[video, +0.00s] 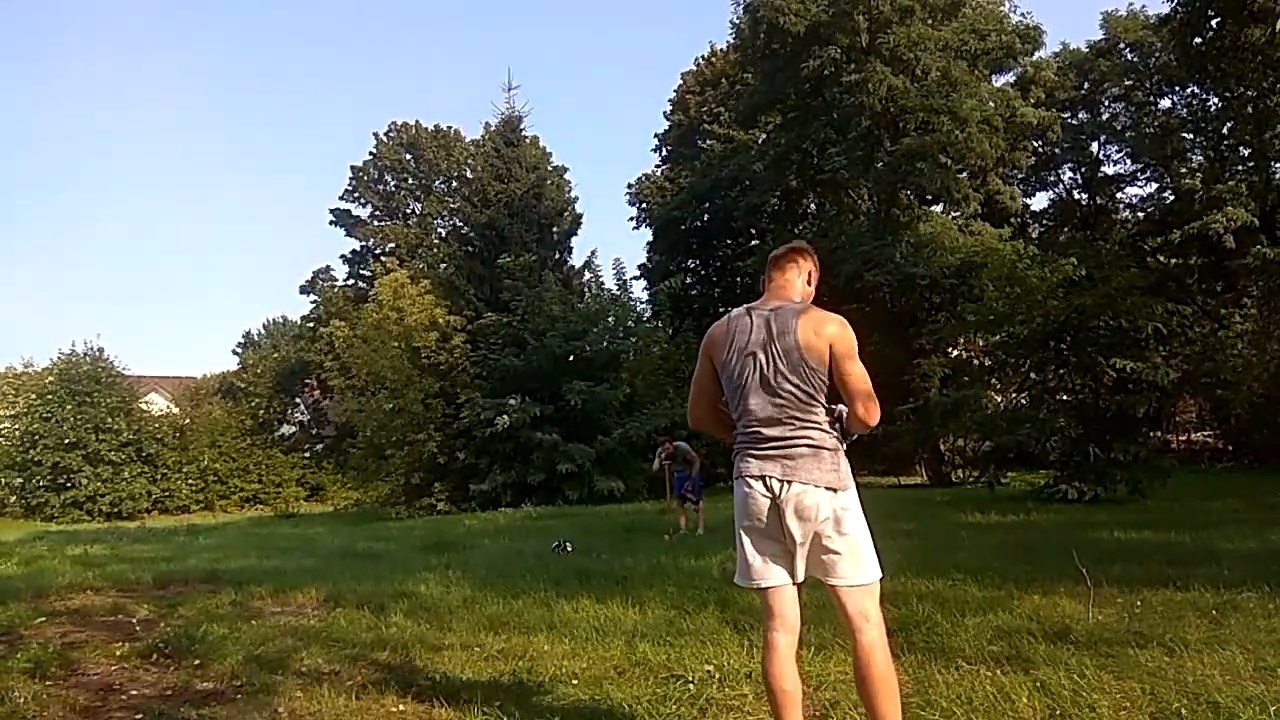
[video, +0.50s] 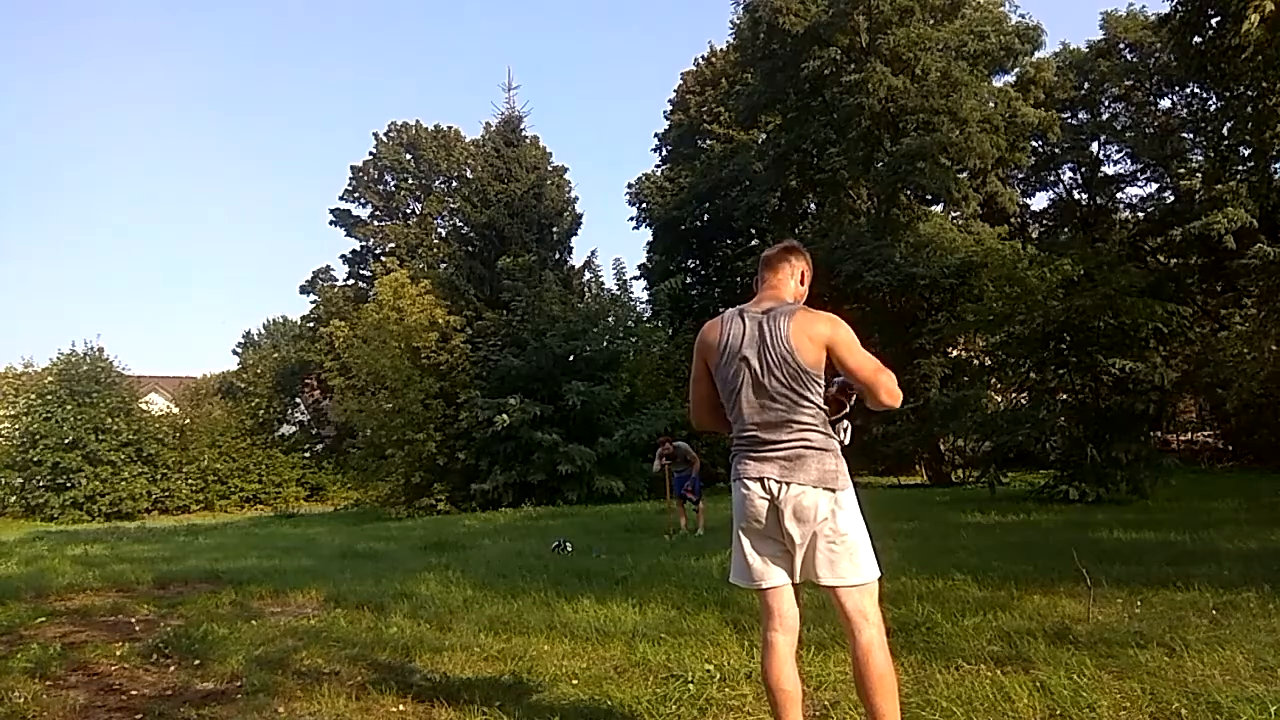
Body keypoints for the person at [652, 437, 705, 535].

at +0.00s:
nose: (666, 451)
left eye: (668, 448)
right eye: (664, 450)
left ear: (672, 445)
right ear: (662, 449)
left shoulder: (682, 447)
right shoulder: (661, 452)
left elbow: (696, 461)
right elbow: (655, 468)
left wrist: (692, 479)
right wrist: (660, 459)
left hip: (691, 472)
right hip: (678, 474)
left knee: (697, 501)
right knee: (679, 501)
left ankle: (700, 527)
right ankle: (683, 528)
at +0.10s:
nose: (666, 451)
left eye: (668, 448)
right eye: (664, 449)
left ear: (672, 445)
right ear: (661, 449)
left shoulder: (682, 447)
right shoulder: (660, 451)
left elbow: (696, 462)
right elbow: (655, 468)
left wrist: (692, 480)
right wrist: (661, 461)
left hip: (690, 472)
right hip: (677, 474)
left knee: (697, 501)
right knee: (679, 502)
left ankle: (700, 527)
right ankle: (683, 528)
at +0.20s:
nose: (666, 451)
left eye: (668, 448)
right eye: (664, 449)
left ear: (672, 445)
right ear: (661, 449)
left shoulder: (682, 447)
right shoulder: (660, 452)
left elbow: (696, 462)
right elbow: (655, 468)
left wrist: (692, 480)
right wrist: (661, 464)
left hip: (690, 472)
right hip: (677, 475)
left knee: (697, 501)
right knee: (679, 502)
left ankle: (700, 527)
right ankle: (683, 528)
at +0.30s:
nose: (666, 451)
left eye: (667, 448)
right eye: (664, 449)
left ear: (672, 445)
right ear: (661, 449)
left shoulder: (682, 447)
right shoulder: (660, 452)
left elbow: (696, 462)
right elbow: (655, 469)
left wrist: (692, 480)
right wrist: (661, 464)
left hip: (690, 472)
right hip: (677, 475)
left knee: (697, 501)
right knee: (679, 502)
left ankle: (700, 527)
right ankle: (683, 528)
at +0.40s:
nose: (666, 452)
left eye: (667, 449)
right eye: (664, 449)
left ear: (672, 445)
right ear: (661, 449)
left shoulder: (682, 447)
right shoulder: (660, 452)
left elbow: (696, 462)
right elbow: (655, 468)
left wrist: (692, 480)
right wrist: (661, 464)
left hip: (690, 472)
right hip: (677, 475)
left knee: (697, 501)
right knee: (679, 502)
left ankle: (700, 528)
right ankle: (683, 528)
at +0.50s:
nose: (666, 451)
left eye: (667, 449)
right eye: (664, 449)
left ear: (672, 445)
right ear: (661, 449)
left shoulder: (682, 447)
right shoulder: (660, 452)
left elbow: (696, 461)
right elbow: (655, 469)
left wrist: (692, 480)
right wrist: (661, 464)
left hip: (690, 472)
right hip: (677, 475)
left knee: (697, 501)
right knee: (679, 502)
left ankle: (700, 528)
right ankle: (683, 528)